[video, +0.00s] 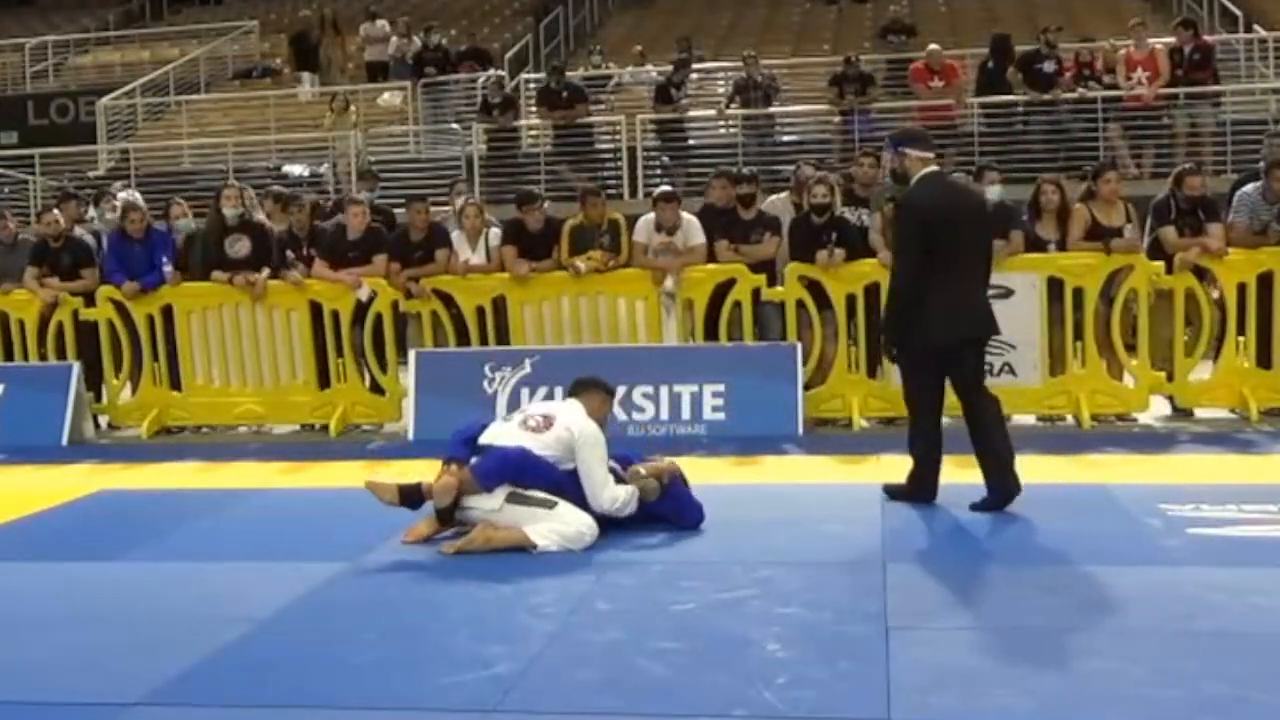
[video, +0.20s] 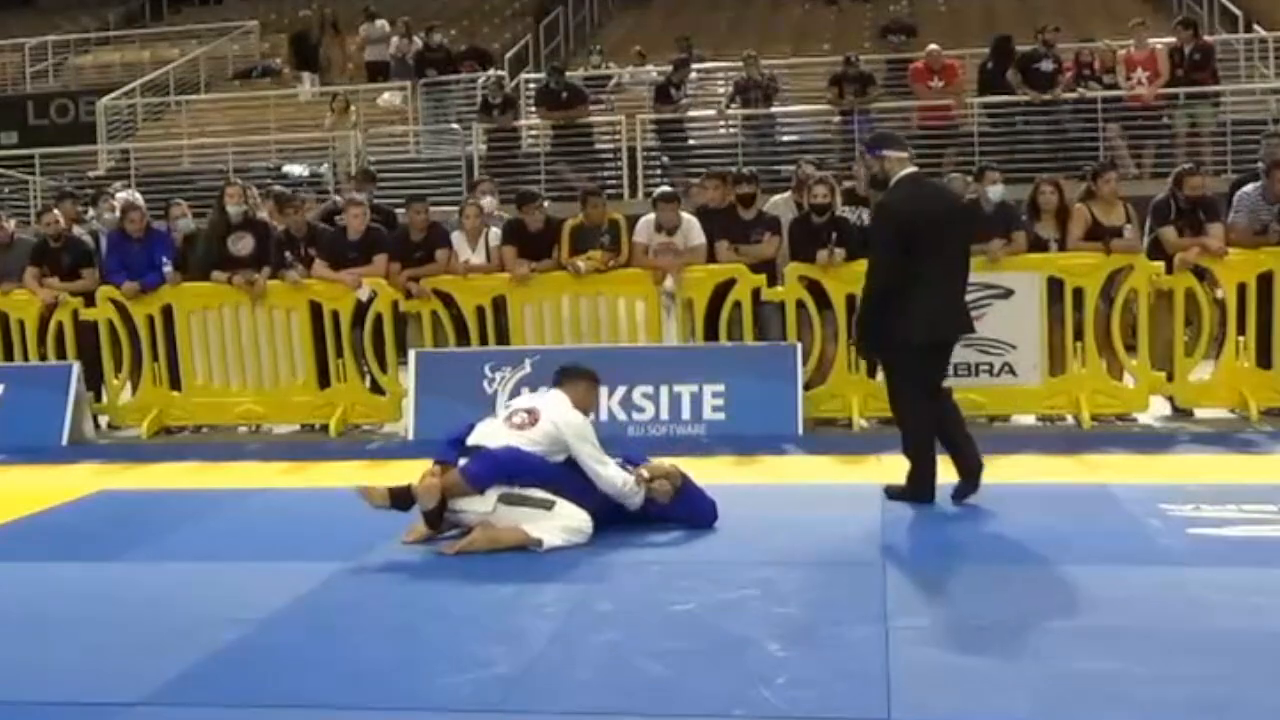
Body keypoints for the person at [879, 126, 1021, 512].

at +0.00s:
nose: (893, 168)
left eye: (895, 161)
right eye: (893, 162)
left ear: (907, 158)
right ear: (933, 157)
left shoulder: (912, 204)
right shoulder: (972, 196)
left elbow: (905, 273)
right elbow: (981, 262)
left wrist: (890, 328)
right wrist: (973, 305)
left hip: (924, 320)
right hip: (970, 317)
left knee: (924, 408)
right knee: (976, 396)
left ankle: (922, 484)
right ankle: (1002, 481)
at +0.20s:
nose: (868, 171)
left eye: (869, 164)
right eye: (868, 164)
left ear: (883, 162)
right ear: (907, 159)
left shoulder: (890, 207)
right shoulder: (945, 197)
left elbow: (881, 276)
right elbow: (959, 262)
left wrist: (865, 331)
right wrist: (952, 305)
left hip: (904, 318)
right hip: (946, 314)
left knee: (910, 398)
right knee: (930, 390)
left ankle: (920, 483)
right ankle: (968, 462)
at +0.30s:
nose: (862, 170)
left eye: (864, 163)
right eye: (862, 164)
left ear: (876, 160)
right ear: (900, 159)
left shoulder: (882, 204)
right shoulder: (938, 196)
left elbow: (872, 271)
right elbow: (949, 260)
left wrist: (858, 321)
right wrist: (942, 302)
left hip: (896, 315)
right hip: (935, 311)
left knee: (901, 395)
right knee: (913, 389)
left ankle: (923, 478)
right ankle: (927, 472)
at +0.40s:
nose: (852, 171)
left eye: (852, 165)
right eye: (852, 165)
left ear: (861, 163)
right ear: (888, 159)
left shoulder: (872, 204)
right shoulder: (927, 197)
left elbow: (864, 270)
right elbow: (940, 259)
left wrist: (849, 325)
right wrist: (935, 306)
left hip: (889, 313)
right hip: (924, 310)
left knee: (902, 393)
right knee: (898, 390)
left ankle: (920, 481)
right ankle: (895, 469)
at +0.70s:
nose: (829, 172)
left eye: (830, 166)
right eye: (829, 165)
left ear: (842, 165)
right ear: (865, 163)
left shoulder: (849, 203)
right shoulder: (889, 197)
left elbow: (847, 266)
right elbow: (895, 260)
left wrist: (833, 317)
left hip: (857, 313)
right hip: (888, 310)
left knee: (853, 390)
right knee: (872, 390)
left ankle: (902, 463)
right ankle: (863, 468)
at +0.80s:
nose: (819, 170)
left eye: (821, 163)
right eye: (818, 163)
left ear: (837, 161)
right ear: (850, 159)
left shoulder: (843, 201)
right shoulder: (876, 198)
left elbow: (837, 263)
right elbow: (878, 258)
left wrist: (819, 305)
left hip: (846, 309)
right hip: (876, 307)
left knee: (822, 381)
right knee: (866, 384)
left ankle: (873, 449)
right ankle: (863, 464)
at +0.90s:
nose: (789, 158)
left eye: (790, 150)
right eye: (787, 150)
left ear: (807, 148)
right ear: (822, 146)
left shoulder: (820, 185)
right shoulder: (848, 183)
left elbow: (813, 247)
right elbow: (846, 243)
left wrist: (783, 289)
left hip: (814, 296)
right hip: (845, 295)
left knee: (786, 364)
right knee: (839, 372)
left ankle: (820, 442)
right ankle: (838, 451)